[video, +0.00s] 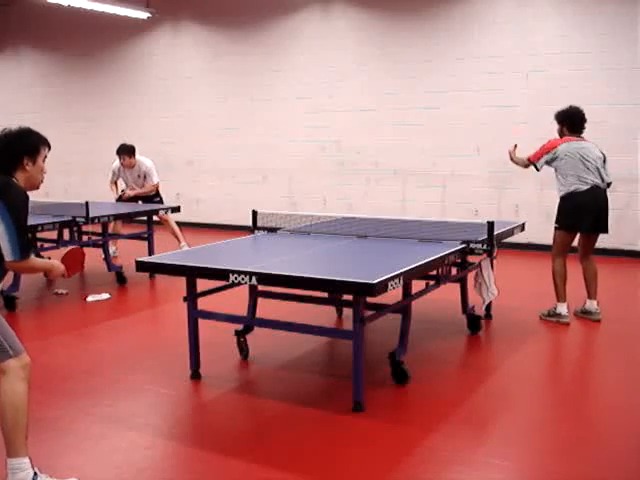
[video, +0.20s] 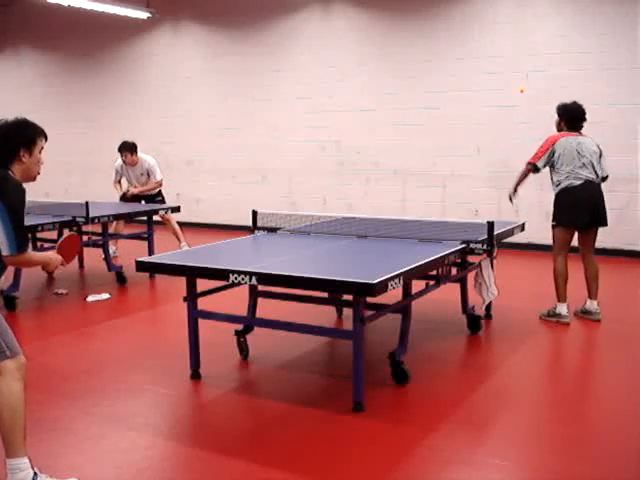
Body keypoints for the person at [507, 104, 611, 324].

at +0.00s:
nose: (557, 129)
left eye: (558, 126)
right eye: (557, 126)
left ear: (564, 127)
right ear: (581, 127)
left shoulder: (556, 145)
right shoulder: (595, 149)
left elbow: (527, 162)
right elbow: (605, 182)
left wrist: (513, 157)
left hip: (572, 201)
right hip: (598, 201)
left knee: (559, 254)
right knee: (586, 254)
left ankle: (561, 308)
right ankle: (592, 304)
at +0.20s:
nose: (556, 122)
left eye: (557, 119)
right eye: (557, 119)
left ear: (562, 122)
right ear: (581, 123)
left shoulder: (555, 141)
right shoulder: (593, 145)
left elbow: (532, 166)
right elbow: (603, 175)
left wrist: (515, 187)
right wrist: (584, 183)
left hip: (567, 196)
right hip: (594, 196)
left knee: (560, 253)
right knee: (588, 252)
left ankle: (561, 307)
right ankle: (592, 304)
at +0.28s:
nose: (553, 123)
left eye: (555, 120)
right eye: (555, 119)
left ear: (559, 122)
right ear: (578, 123)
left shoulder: (552, 141)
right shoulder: (590, 145)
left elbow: (536, 169)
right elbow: (603, 170)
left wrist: (525, 196)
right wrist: (588, 185)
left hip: (565, 196)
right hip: (592, 196)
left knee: (560, 253)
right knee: (588, 253)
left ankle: (561, 307)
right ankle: (593, 304)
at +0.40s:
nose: (545, 130)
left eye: (547, 127)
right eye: (546, 127)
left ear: (551, 130)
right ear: (569, 129)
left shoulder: (544, 148)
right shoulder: (582, 145)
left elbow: (548, 171)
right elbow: (599, 156)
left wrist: (552, 196)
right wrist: (602, 187)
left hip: (564, 195)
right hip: (590, 193)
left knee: (555, 253)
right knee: (586, 252)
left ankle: (560, 306)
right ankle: (592, 303)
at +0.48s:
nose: (541, 133)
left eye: (543, 130)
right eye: (542, 130)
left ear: (547, 132)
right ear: (565, 131)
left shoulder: (542, 150)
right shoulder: (579, 144)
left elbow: (548, 172)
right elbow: (596, 155)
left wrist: (555, 194)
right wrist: (608, 183)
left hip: (565, 197)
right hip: (589, 196)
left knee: (552, 252)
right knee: (585, 252)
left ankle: (560, 306)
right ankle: (592, 304)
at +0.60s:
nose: (522, 146)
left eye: (523, 142)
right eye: (522, 142)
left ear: (530, 143)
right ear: (544, 141)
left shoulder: (534, 160)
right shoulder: (564, 150)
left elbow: (548, 183)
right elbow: (588, 166)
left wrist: (556, 211)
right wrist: (609, 162)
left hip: (565, 202)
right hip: (587, 198)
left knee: (538, 251)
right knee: (579, 255)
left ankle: (554, 303)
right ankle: (591, 303)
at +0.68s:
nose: (508, 154)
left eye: (510, 150)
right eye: (509, 149)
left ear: (521, 151)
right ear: (529, 148)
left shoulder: (531, 168)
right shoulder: (548, 155)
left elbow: (546, 199)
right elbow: (571, 162)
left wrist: (546, 228)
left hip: (561, 211)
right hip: (581, 205)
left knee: (530, 254)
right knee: (570, 259)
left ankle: (550, 302)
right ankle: (589, 301)